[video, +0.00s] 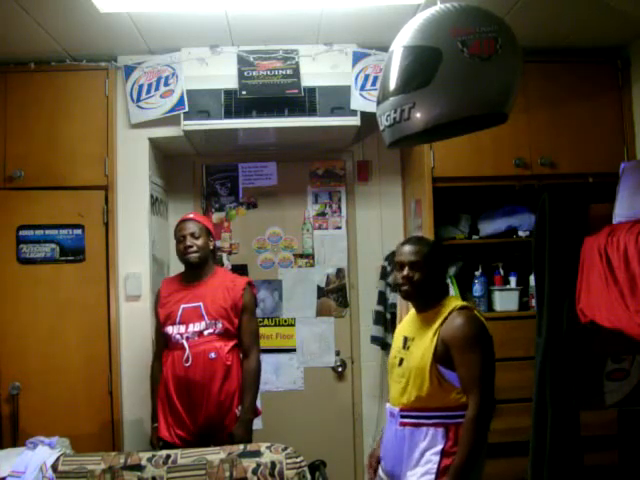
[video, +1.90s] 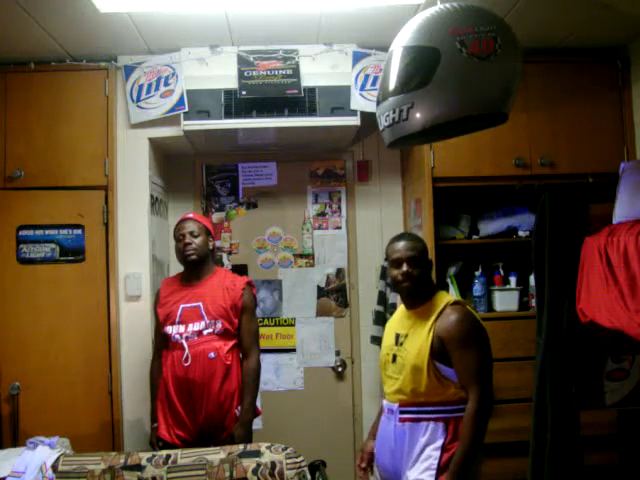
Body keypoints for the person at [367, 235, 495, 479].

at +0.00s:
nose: (405, 275)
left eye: (415, 267)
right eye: (400, 267)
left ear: (436, 271)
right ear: (393, 272)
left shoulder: (461, 324)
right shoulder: (411, 318)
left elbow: (480, 403)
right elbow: (407, 394)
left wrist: (457, 470)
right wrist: (381, 445)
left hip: (436, 444)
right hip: (398, 441)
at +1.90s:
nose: (405, 271)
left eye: (414, 263)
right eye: (396, 264)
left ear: (428, 267)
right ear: (387, 272)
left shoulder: (454, 320)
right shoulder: (398, 316)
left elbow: (479, 397)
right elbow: (395, 389)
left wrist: (455, 470)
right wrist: (372, 438)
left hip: (434, 437)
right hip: (390, 434)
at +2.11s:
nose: (405, 276)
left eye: (414, 268)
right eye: (397, 270)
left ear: (430, 272)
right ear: (388, 277)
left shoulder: (457, 323)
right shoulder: (400, 323)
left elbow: (482, 396)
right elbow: (397, 394)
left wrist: (444, 460)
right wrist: (371, 441)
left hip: (434, 443)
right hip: (393, 441)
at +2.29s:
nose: (409, 271)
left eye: (417, 264)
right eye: (400, 265)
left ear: (431, 268)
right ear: (390, 273)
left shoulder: (455, 314)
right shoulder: (396, 321)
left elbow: (475, 370)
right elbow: (393, 391)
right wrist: (370, 437)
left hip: (440, 434)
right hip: (394, 434)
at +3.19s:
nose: (407, 271)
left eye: (416, 263)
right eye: (398, 265)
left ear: (429, 269)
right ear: (389, 274)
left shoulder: (453, 311)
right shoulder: (396, 324)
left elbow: (469, 357)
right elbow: (393, 393)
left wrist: (442, 333)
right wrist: (361, 437)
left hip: (441, 435)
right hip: (395, 436)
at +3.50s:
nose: (376, 274)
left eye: (384, 266)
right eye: (379, 266)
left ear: (407, 275)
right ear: (405, 276)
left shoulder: (454, 314)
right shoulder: (397, 325)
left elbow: (468, 341)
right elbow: (390, 389)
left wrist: (440, 319)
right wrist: (343, 417)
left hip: (438, 443)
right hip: (393, 440)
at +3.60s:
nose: (375, 275)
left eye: (381, 267)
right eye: (376, 267)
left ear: (404, 271)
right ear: (401, 271)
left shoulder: (450, 311)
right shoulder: (395, 324)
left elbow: (472, 347)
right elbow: (384, 388)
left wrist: (436, 328)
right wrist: (331, 394)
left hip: (438, 437)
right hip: (395, 435)